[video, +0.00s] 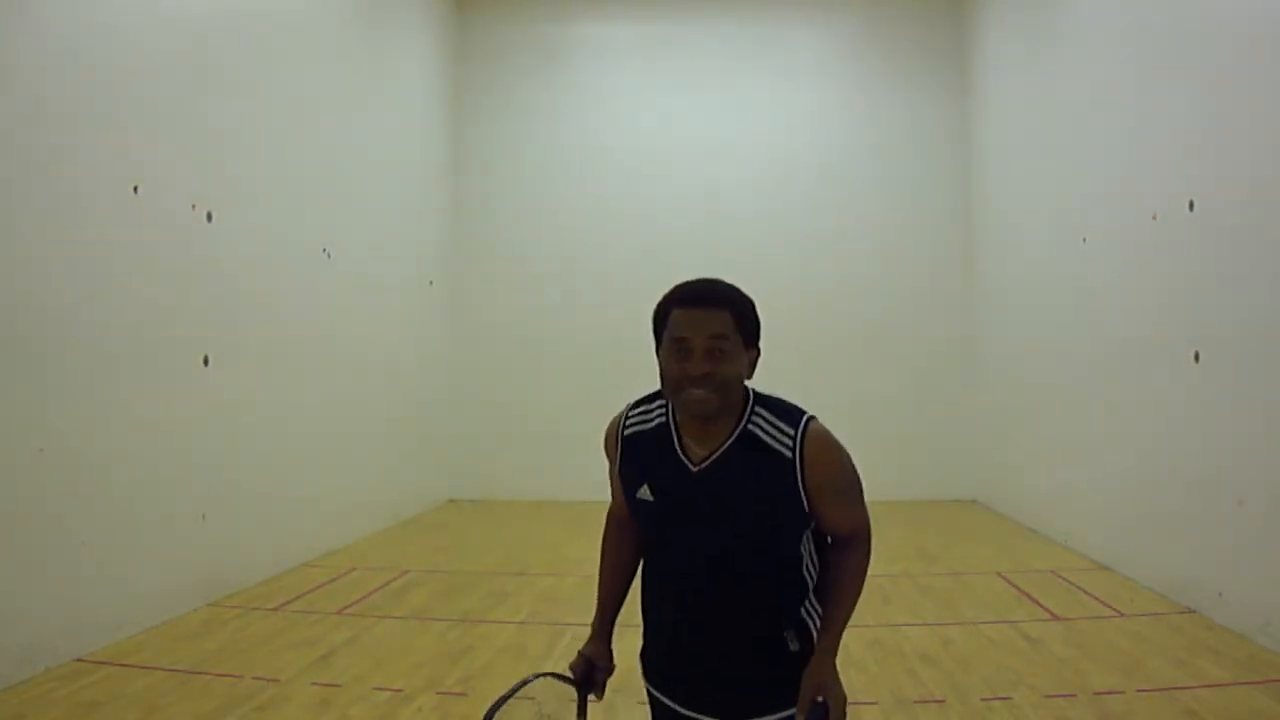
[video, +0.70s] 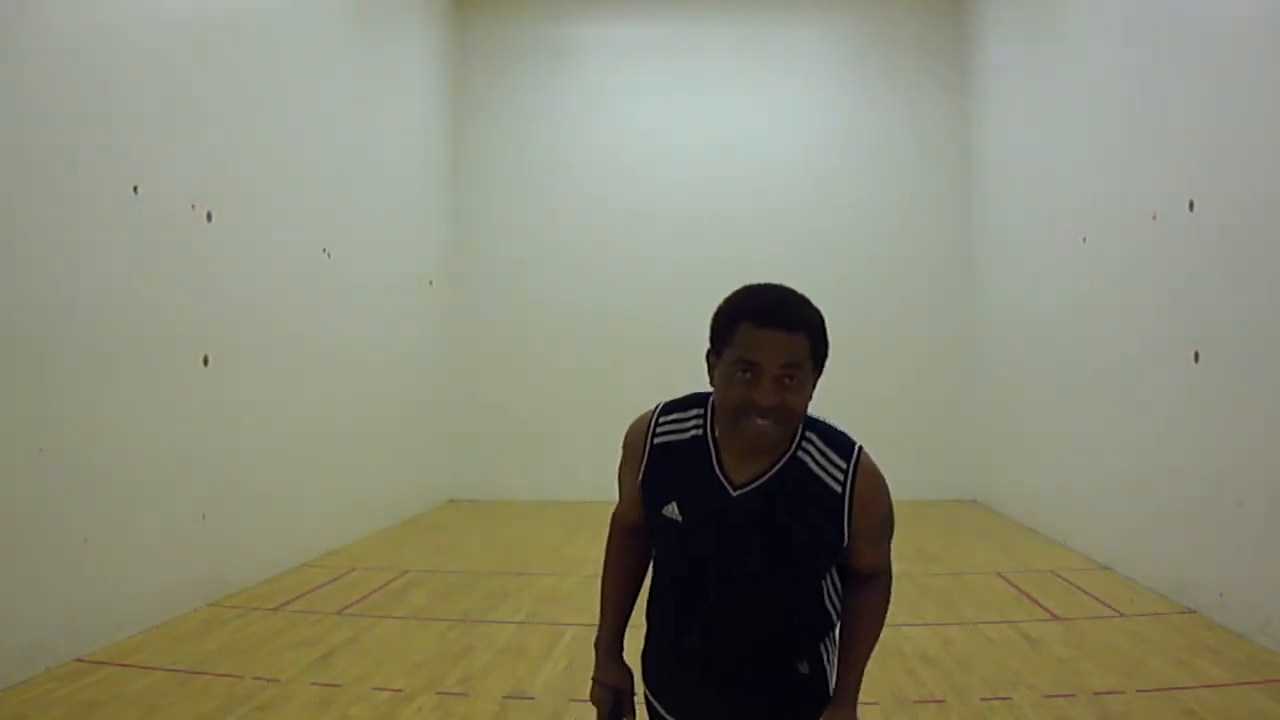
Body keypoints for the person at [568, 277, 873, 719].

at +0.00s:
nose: (697, 367)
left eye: (718, 350)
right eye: (680, 349)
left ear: (751, 359)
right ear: (658, 357)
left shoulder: (805, 447)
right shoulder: (629, 436)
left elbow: (851, 541)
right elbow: (625, 521)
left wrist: (825, 656)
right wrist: (600, 635)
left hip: (778, 687)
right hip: (675, 683)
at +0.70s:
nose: (765, 397)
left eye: (788, 377)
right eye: (746, 372)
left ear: (814, 382)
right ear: (712, 367)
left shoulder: (853, 482)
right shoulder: (652, 442)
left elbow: (869, 579)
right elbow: (631, 532)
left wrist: (845, 699)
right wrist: (608, 651)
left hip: (791, 696)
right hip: (677, 689)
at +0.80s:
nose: (780, 366)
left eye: (801, 349)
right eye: (760, 344)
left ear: (824, 360)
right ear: (722, 347)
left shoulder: (858, 468)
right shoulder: (655, 433)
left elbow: (864, 570)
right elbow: (621, 532)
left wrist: (854, 692)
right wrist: (602, 658)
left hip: (786, 694)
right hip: (668, 686)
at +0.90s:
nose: (795, 342)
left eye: (812, 328)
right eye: (774, 321)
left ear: (827, 340)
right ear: (726, 327)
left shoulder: (853, 451)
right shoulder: (653, 425)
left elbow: (854, 561)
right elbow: (607, 534)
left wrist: (866, 672)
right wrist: (595, 668)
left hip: (782, 691)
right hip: (663, 684)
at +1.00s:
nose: (813, 339)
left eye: (820, 324)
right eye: (792, 317)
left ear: (827, 331)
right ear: (727, 315)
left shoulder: (835, 439)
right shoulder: (649, 420)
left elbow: (842, 552)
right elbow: (594, 544)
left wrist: (881, 644)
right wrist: (588, 684)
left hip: (780, 698)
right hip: (659, 694)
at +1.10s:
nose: (811, 346)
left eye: (813, 329)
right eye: (796, 324)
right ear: (726, 317)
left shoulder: (808, 431)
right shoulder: (634, 422)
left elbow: (827, 543)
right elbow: (575, 555)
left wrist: (893, 600)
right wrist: (577, 698)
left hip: (769, 703)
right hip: (646, 700)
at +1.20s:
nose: (793, 356)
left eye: (794, 338)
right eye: (781, 335)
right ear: (713, 326)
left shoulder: (778, 435)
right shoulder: (615, 429)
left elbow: (806, 538)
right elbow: (543, 564)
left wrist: (899, 556)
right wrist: (555, 705)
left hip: (748, 702)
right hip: (628, 700)